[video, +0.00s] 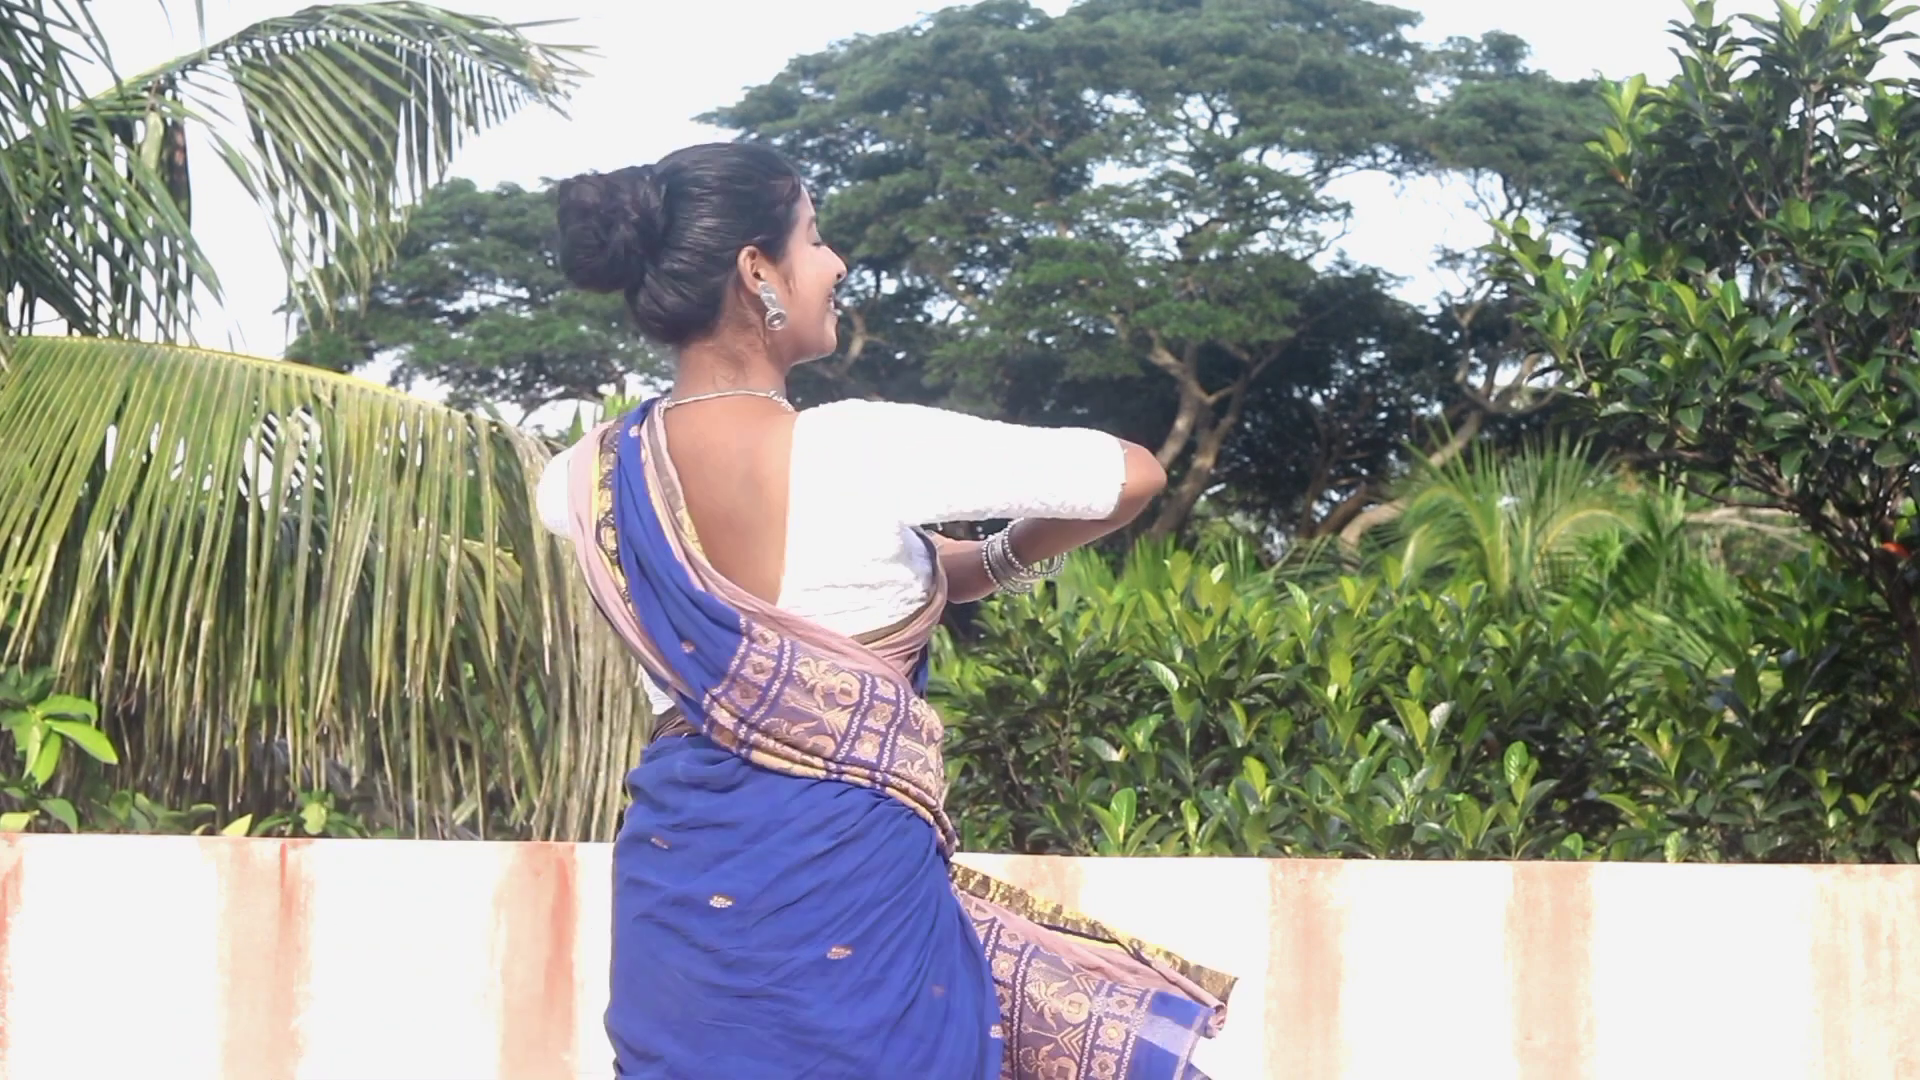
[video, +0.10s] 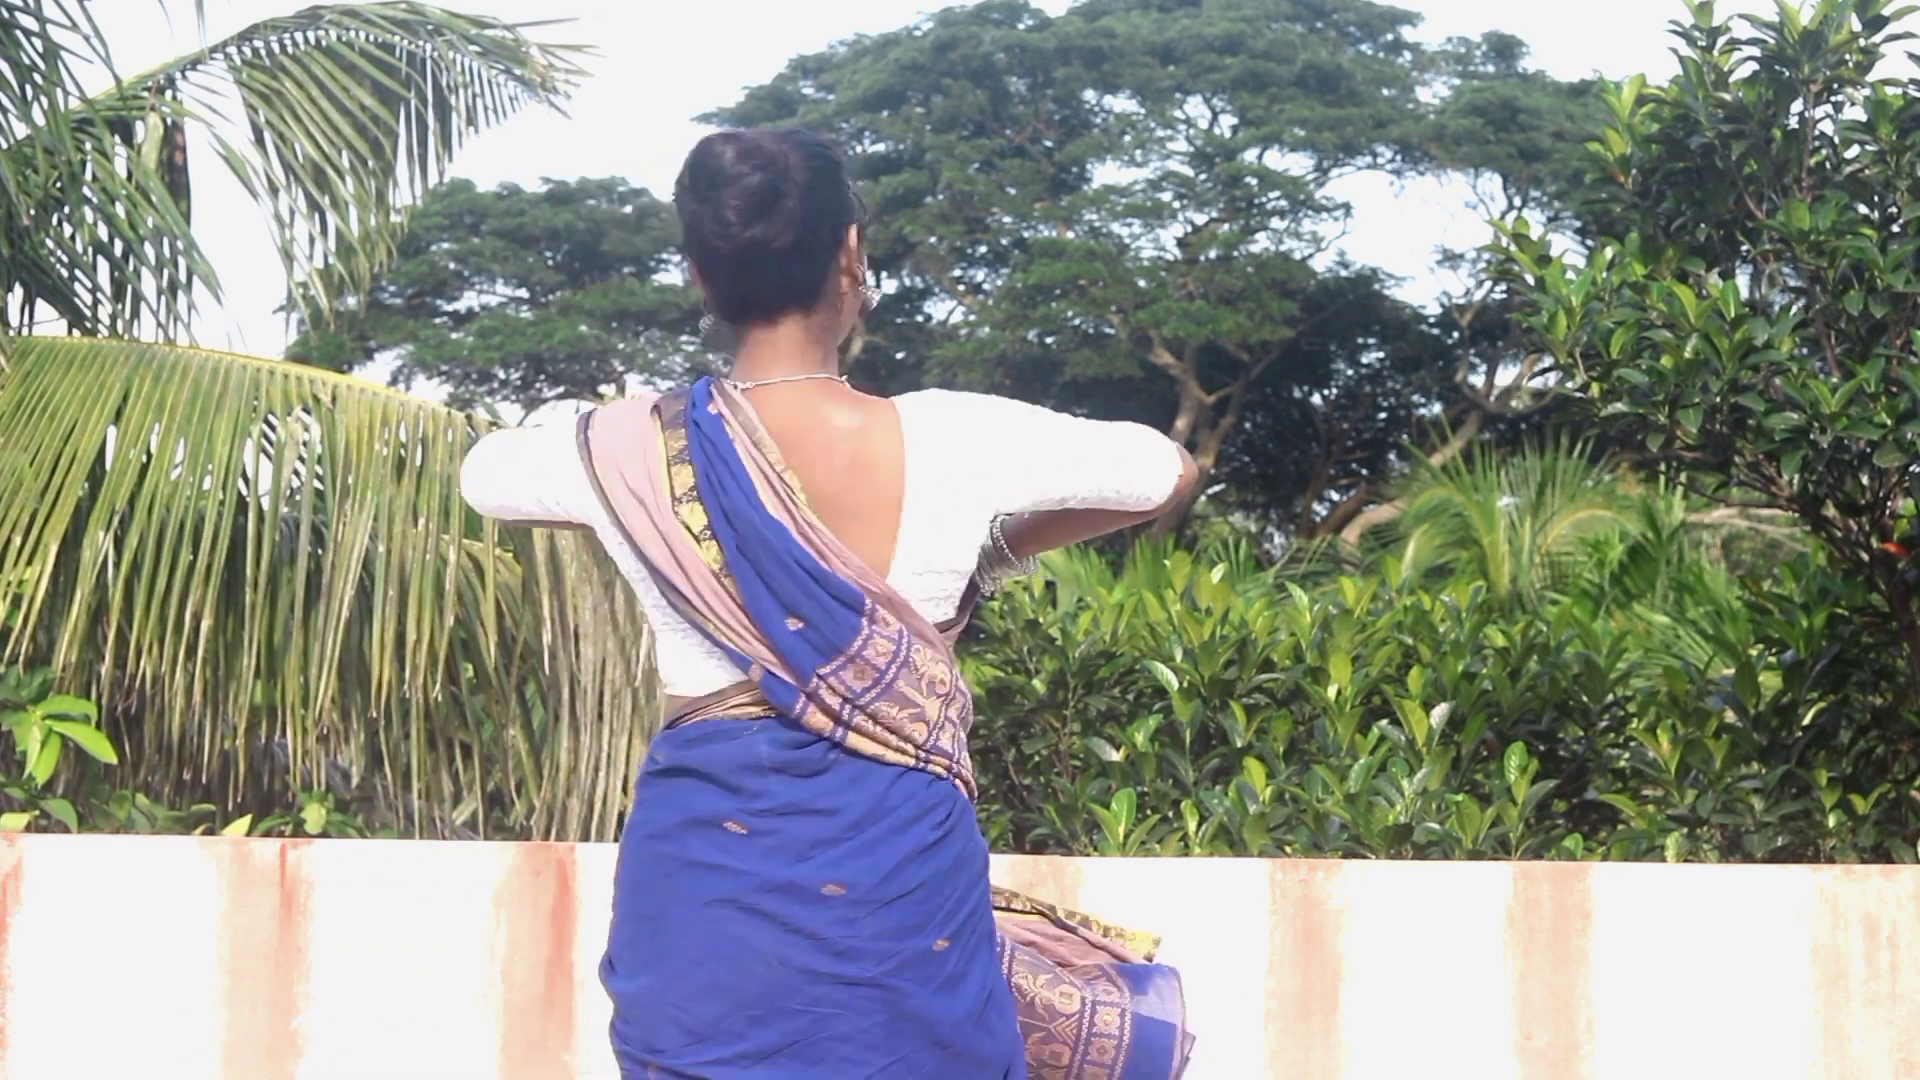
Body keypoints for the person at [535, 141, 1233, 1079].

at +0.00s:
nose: (837, 262)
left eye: (823, 236)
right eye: (816, 239)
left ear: (670, 294)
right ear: (757, 277)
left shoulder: (595, 472)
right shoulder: (854, 446)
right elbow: (1132, 477)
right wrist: (989, 562)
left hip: (665, 892)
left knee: (676, 1061)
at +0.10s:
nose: (871, 262)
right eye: (866, 240)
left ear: (697, 280)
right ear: (852, 259)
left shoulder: (622, 442)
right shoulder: (952, 439)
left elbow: (485, 475)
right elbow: (1168, 474)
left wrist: (641, 499)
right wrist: (998, 546)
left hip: (696, 866)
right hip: (903, 870)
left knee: (691, 1060)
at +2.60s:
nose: (626, 454)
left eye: (649, 418)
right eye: (594, 455)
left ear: (727, 431)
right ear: (595, 515)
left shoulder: (887, 545)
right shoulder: (627, 657)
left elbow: (1049, 419)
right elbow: (449, 506)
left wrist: (1078, 225)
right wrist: (431, 286)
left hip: (1005, 996)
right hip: (810, 1049)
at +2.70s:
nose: (626, 463)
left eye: (647, 426)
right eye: (593, 463)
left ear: (725, 438)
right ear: (592, 524)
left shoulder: (889, 550)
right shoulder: (627, 667)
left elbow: (1062, 429)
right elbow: (446, 522)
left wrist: (1100, 241)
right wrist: (406, 317)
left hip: (1009, 1009)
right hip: (813, 1050)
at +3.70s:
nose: (591, 525)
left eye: (610, 485)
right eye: (572, 515)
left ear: (707, 467)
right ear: (586, 548)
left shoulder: (903, 575)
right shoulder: (629, 703)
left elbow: (1114, 575)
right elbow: (379, 679)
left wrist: (1299, 480)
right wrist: (222, 536)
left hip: (1022, 1017)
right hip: (824, 1055)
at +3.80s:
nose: (592, 524)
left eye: (611, 483)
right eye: (570, 515)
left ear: (706, 471)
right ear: (582, 551)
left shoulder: (900, 577)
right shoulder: (622, 698)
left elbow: (1113, 583)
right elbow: (379, 696)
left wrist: (1288, 503)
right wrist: (232, 564)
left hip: (1027, 1009)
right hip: (827, 1056)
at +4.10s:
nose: (573, 539)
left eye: (595, 497)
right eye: (557, 523)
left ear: (695, 481)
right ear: (568, 552)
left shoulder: (893, 588)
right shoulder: (611, 716)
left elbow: (1104, 630)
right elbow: (377, 772)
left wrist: (1281, 559)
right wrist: (248, 648)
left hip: (1026, 1014)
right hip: (830, 1058)